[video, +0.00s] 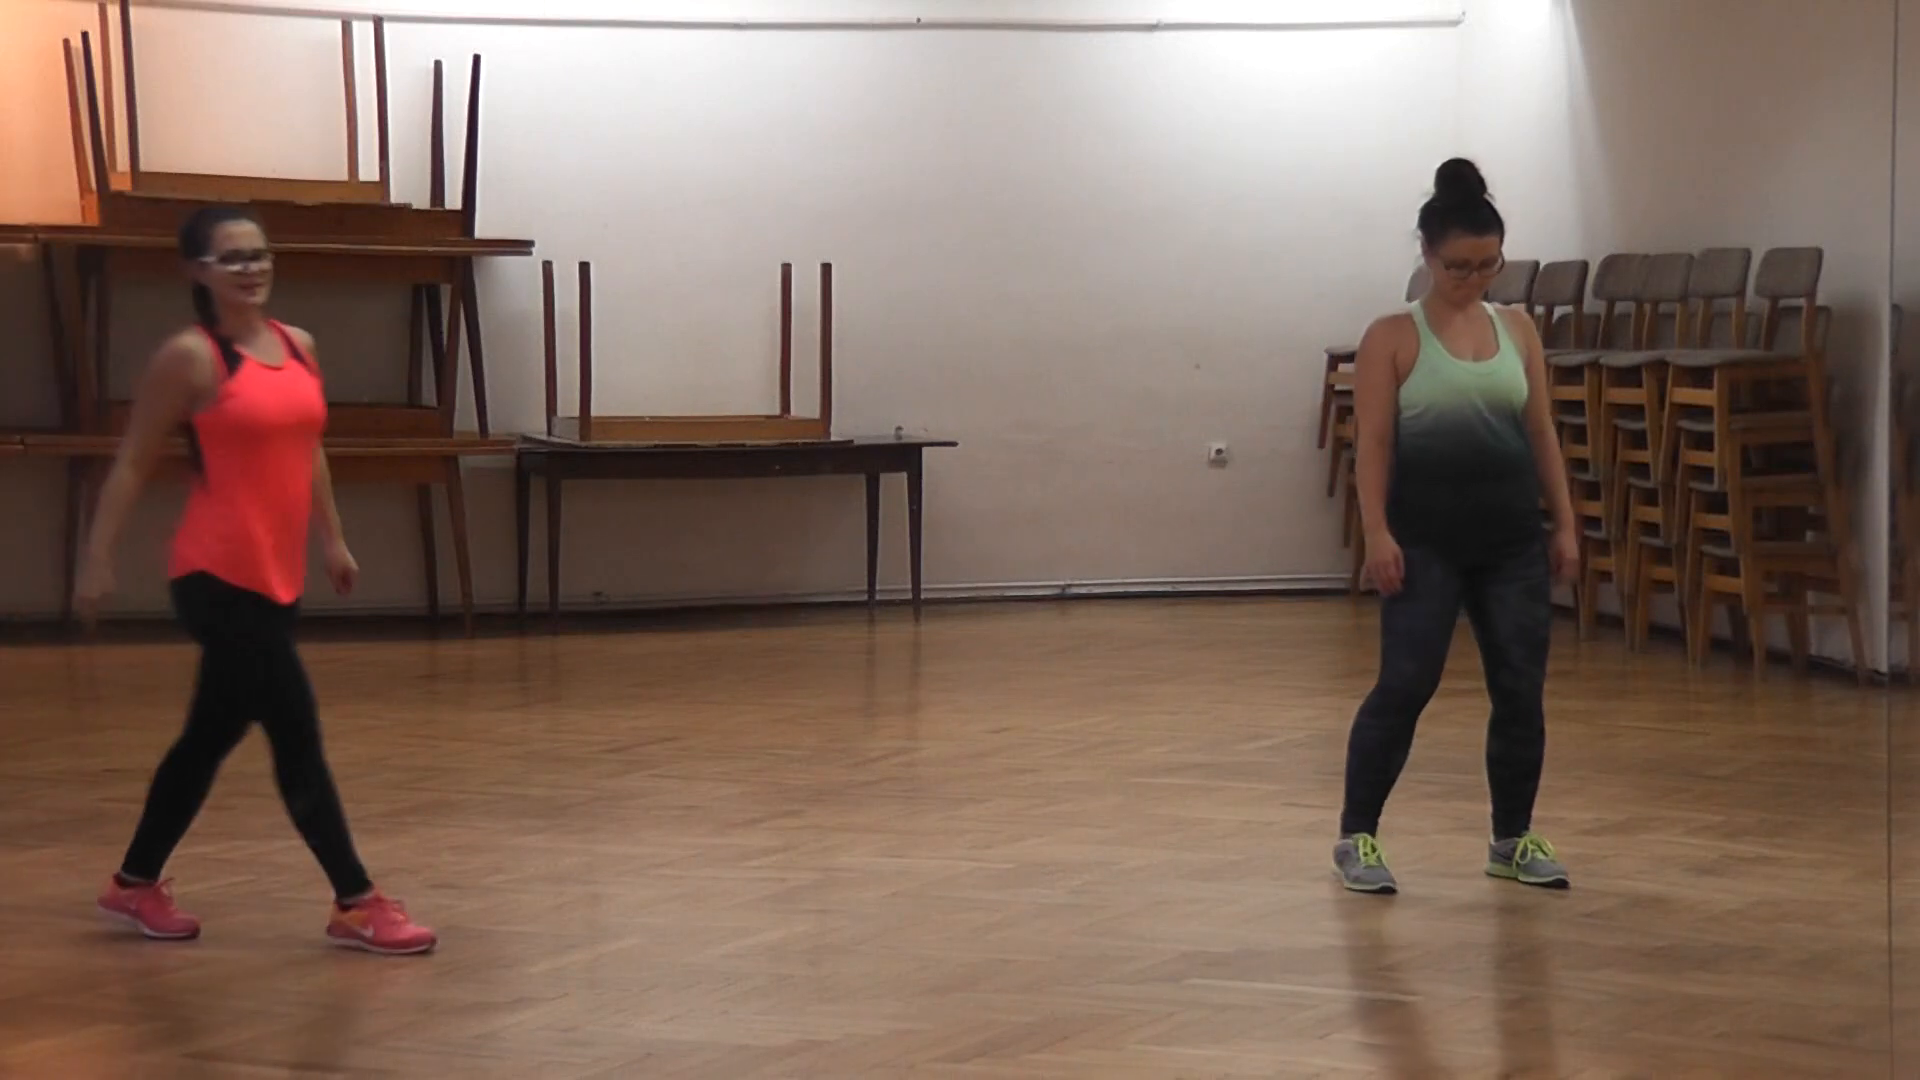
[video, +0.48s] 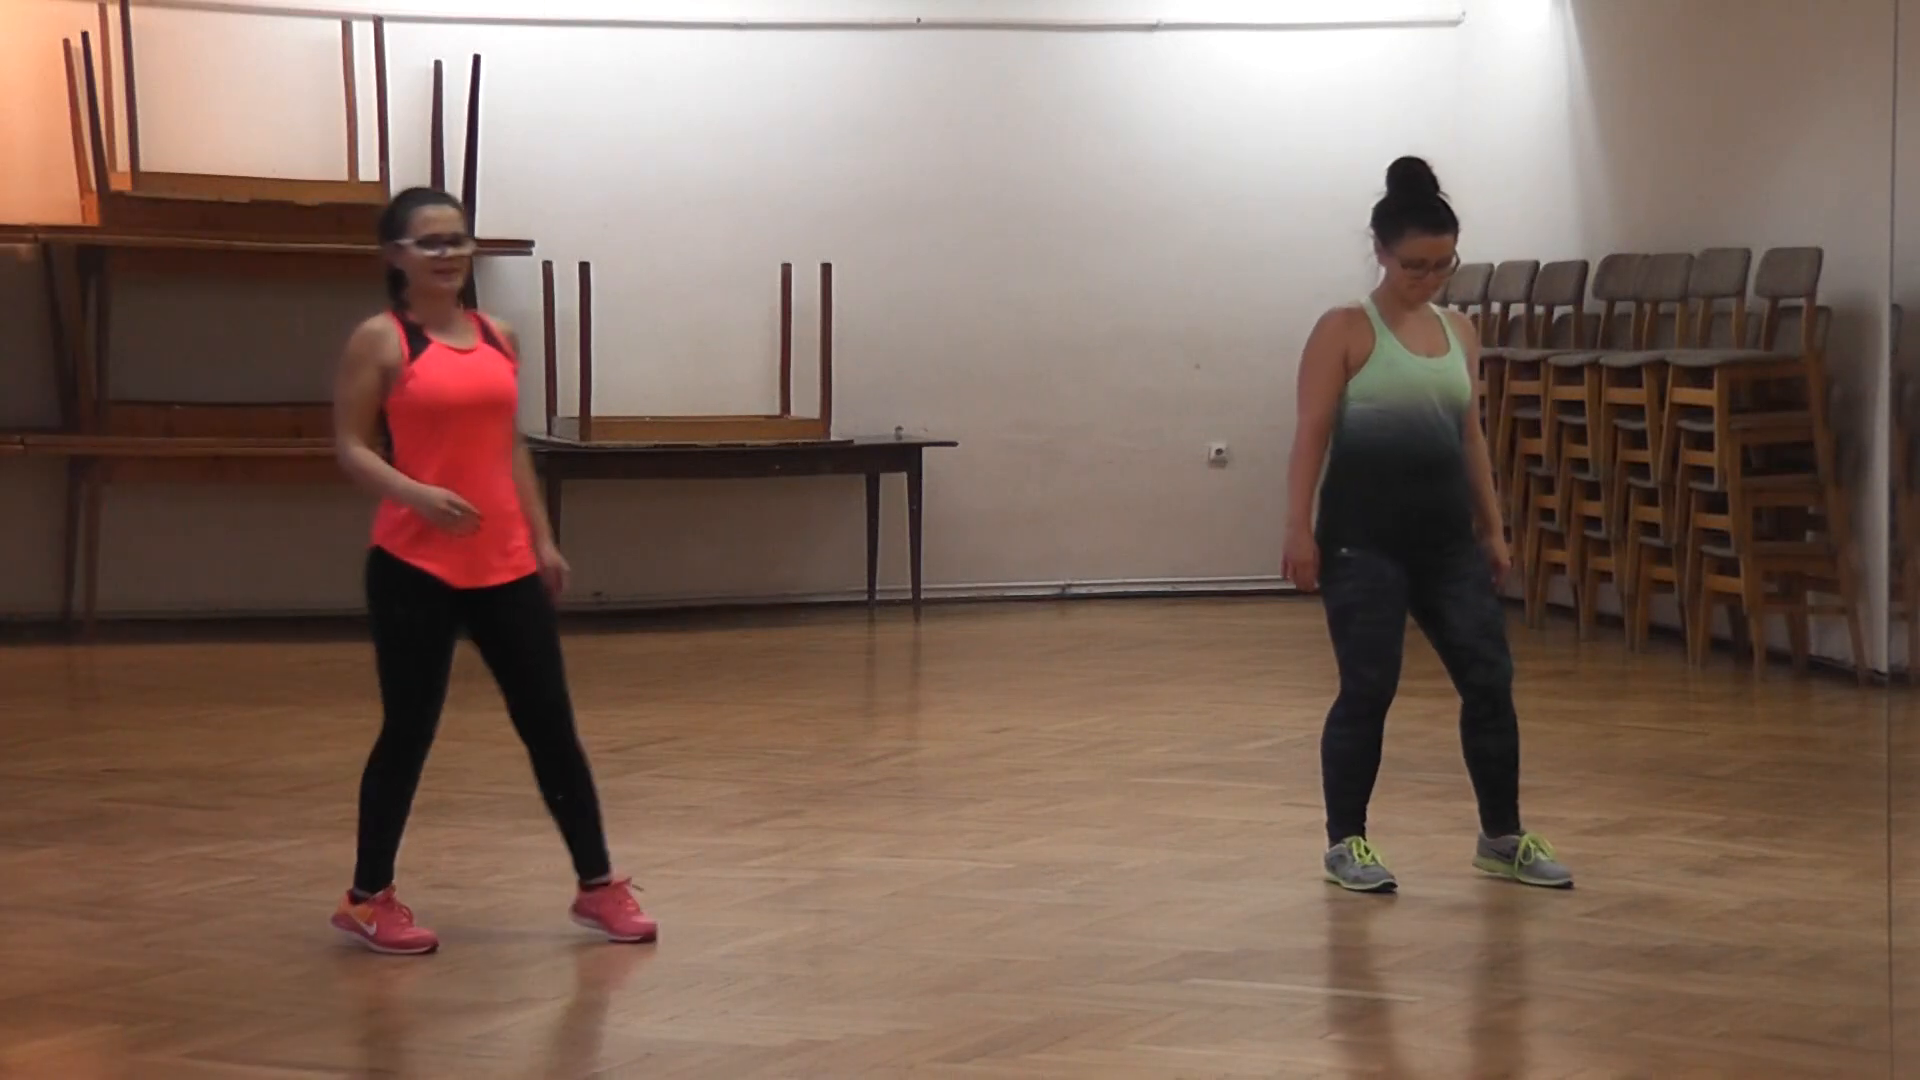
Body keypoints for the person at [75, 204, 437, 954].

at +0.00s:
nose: (252, 269)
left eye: (260, 256)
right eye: (233, 258)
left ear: (273, 264)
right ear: (199, 271)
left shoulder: (296, 346)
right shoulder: (188, 355)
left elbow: (307, 448)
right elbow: (134, 460)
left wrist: (332, 538)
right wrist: (98, 556)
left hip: (275, 579)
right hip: (217, 575)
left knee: (208, 738)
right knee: (293, 721)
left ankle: (134, 882)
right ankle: (356, 900)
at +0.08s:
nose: (285, 268)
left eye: (293, 255)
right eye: (266, 259)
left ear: (306, 263)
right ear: (233, 273)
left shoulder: (330, 341)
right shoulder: (229, 359)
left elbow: (335, 459)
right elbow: (182, 468)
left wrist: (353, 546)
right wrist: (148, 568)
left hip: (320, 577)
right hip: (261, 574)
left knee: (275, 737)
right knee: (331, 716)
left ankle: (161, 865)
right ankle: (359, 906)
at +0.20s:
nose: (336, 262)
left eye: (344, 249)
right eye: (316, 253)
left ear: (358, 257)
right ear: (284, 269)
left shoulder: (378, 336)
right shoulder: (283, 350)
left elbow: (377, 457)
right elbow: (252, 460)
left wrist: (399, 545)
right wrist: (254, 561)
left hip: (383, 570)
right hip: (318, 570)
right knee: (366, 734)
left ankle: (272, 831)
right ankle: (359, 907)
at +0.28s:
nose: (368, 260)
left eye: (377, 246)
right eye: (350, 250)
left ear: (391, 255)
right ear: (315, 264)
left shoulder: (410, 338)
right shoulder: (314, 344)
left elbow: (414, 460)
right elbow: (281, 455)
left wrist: (443, 543)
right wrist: (327, 531)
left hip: (416, 568)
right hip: (348, 570)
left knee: (468, 715)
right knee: (377, 728)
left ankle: (375, 842)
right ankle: (359, 904)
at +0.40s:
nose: (418, 253)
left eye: (426, 240)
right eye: (399, 243)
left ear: (440, 249)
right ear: (364, 256)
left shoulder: (459, 331)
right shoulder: (354, 338)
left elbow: (468, 447)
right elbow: (321, 446)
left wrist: (506, 535)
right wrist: (394, 492)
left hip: (466, 565)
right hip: (387, 567)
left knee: (524, 708)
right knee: (393, 725)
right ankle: (363, 901)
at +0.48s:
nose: (448, 252)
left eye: (457, 239)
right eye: (431, 242)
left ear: (473, 248)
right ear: (395, 255)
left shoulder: (497, 335)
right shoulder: (378, 339)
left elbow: (511, 445)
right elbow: (350, 447)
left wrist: (543, 538)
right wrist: (417, 494)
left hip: (505, 563)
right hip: (416, 566)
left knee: (550, 723)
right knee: (408, 730)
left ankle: (599, 885)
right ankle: (368, 898)